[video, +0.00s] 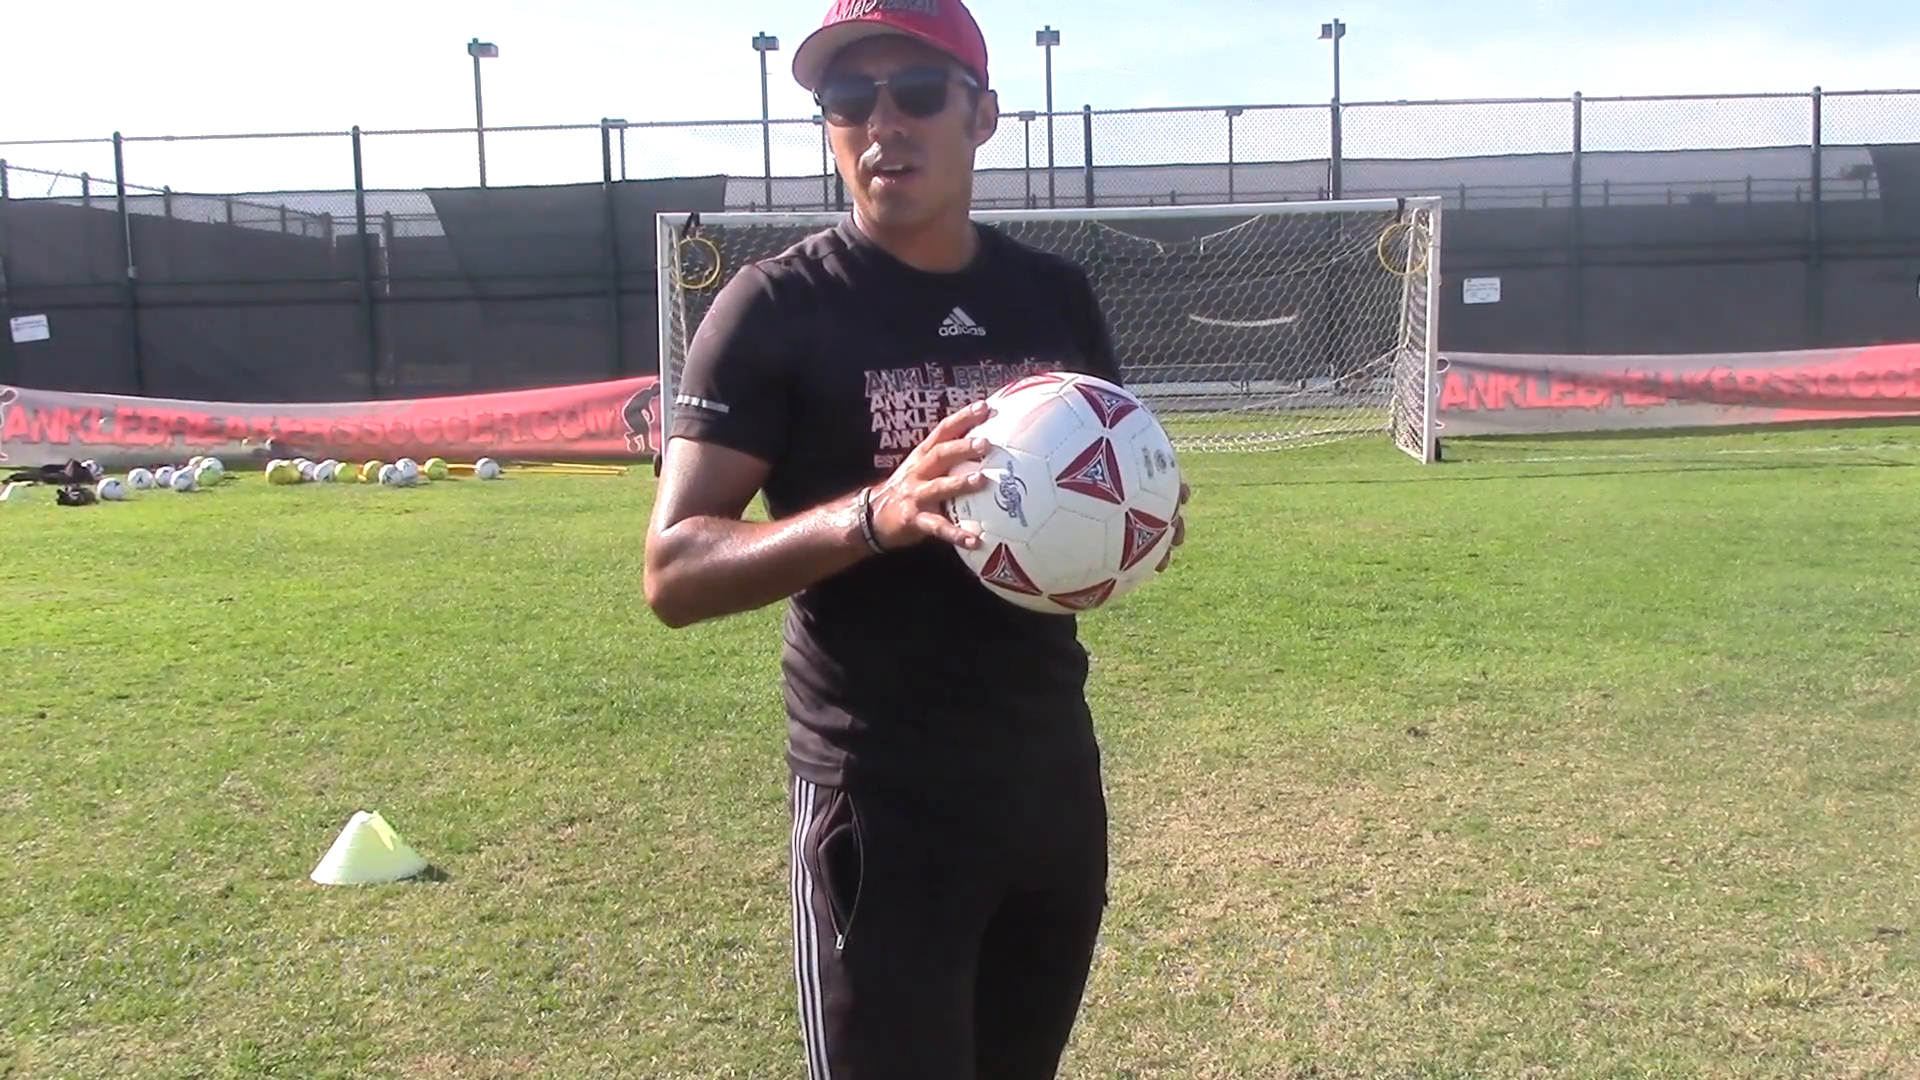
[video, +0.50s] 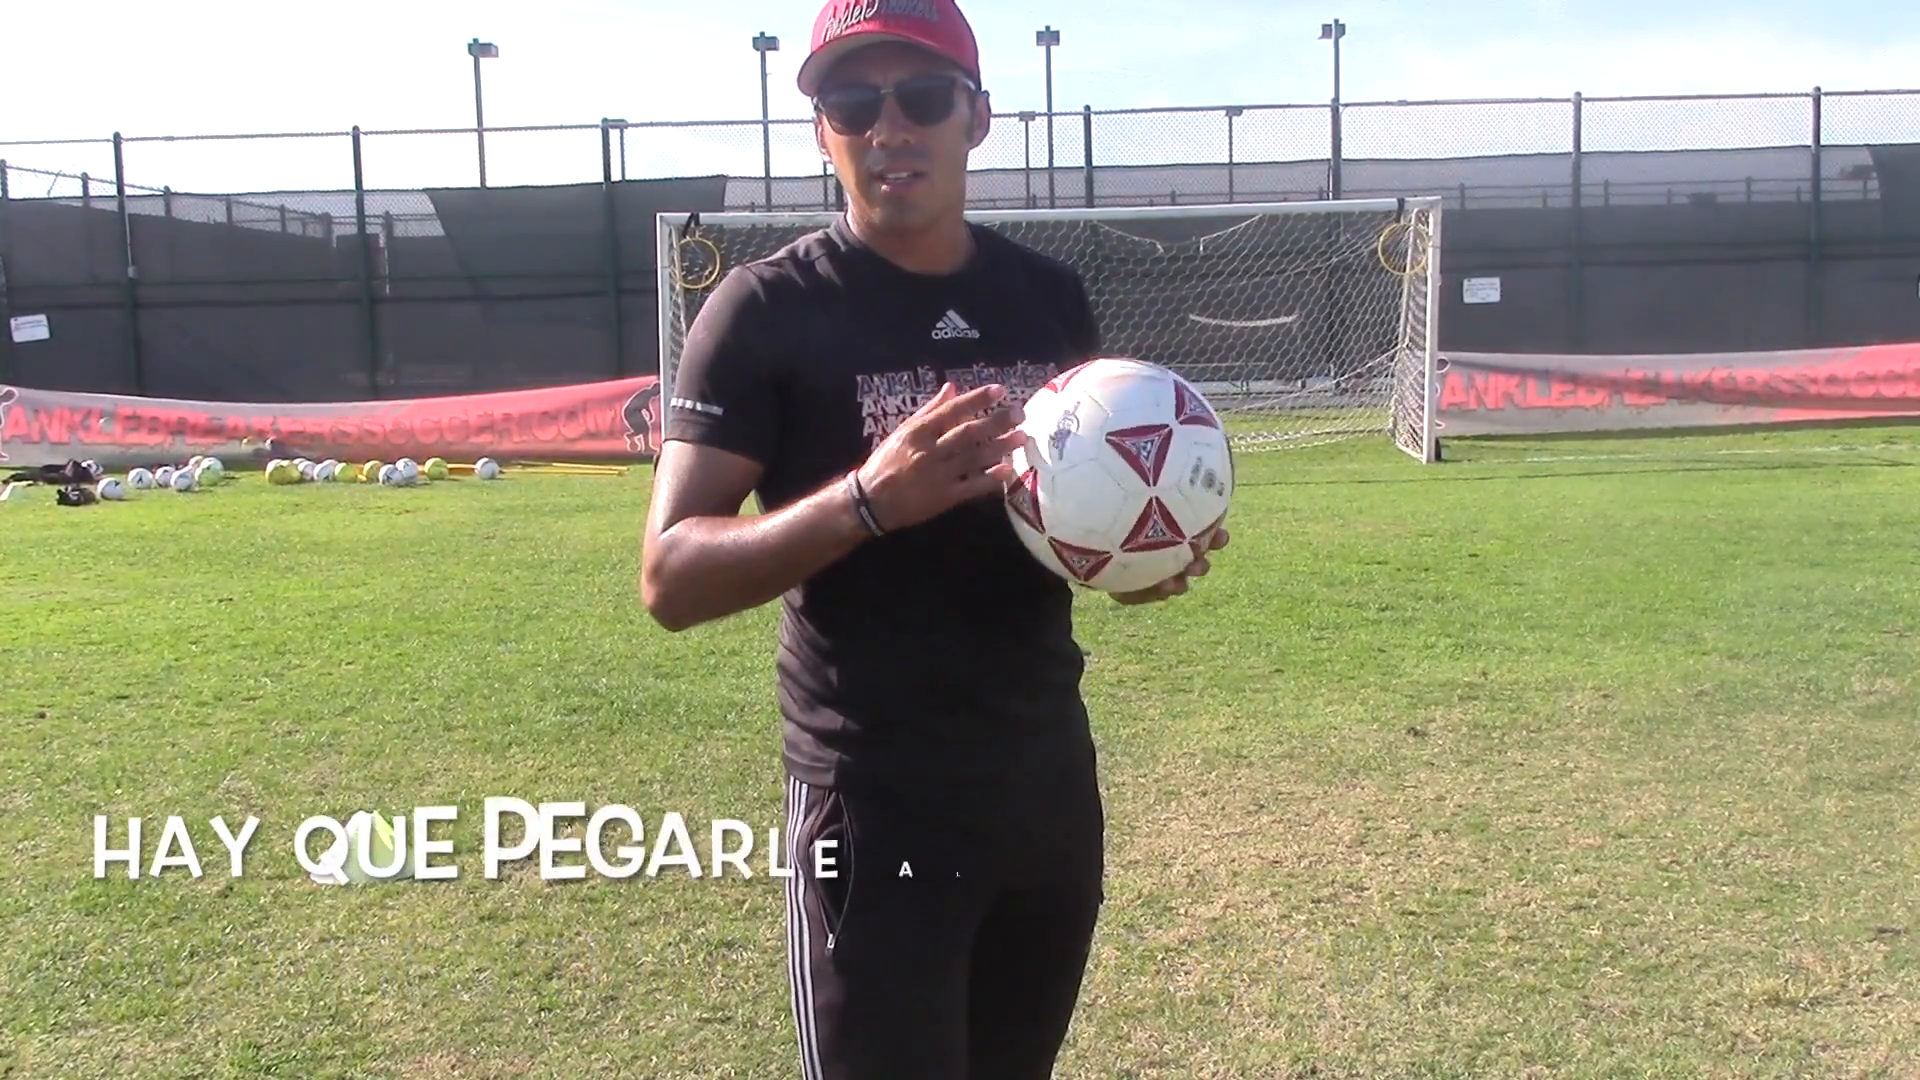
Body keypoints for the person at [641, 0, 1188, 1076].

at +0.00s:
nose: (885, 123)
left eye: (920, 94)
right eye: (855, 100)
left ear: (982, 118)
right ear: (827, 131)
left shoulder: (1055, 294)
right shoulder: (768, 310)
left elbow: (1097, 491)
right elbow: (675, 575)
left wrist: (1139, 513)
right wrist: (874, 516)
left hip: (1048, 764)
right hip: (874, 781)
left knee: (1018, 1064)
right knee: (886, 1060)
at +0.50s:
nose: (890, 131)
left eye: (922, 100)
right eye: (857, 105)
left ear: (976, 117)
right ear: (822, 133)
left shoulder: (1047, 297)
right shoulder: (762, 310)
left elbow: (1089, 499)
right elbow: (672, 581)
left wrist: (1162, 537)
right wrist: (870, 499)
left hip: (1045, 779)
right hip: (869, 793)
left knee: (1014, 1064)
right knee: (883, 1062)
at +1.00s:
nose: (906, 130)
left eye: (937, 100)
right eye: (870, 102)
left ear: (983, 122)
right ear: (828, 129)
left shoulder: (1039, 296)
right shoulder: (767, 305)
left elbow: (1075, 524)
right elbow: (687, 585)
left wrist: (1156, 552)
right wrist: (862, 510)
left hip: (1040, 769)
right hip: (866, 784)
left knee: (1011, 1062)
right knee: (886, 1063)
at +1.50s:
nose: (901, 133)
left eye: (932, 101)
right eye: (866, 105)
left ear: (977, 120)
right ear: (825, 133)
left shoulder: (1040, 298)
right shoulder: (764, 309)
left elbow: (1069, 531)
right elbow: (683, 581)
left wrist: (1146, 553)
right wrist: (900, 537)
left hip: (1041, 770)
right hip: (864, 782)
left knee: (1013, 1063)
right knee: (884, 1063)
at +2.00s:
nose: (894, 134)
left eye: (925, 102)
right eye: (859, 108)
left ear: (972, 120)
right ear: (820, 136)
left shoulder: (1035, 299)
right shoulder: (761, 312)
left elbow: (1063, 530)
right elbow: (677, 581)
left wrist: (1135, 553)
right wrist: (897, 546)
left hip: (1043, 770)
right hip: (868, 784)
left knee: (1016, 1064)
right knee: (884, 1062)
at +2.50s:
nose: (911, 134)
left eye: (944, 102)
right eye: (876, 104)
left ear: (986, 124)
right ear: (830, 131)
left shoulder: (1046, 300)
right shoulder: (765, 305)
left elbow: (1080, 539)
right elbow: (661, 571)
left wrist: (1142, 556)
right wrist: (802, 526)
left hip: (1042, 764)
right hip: (868, 775)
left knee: (1017, 1063)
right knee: (881, 1060)